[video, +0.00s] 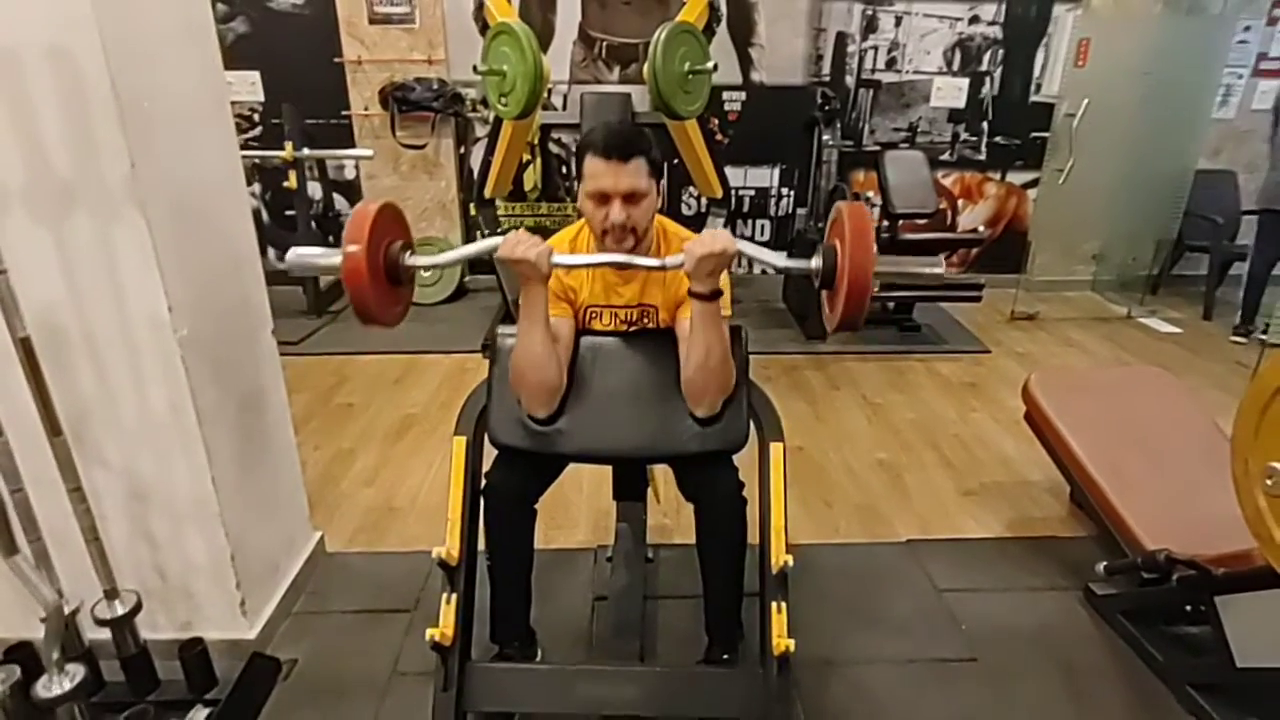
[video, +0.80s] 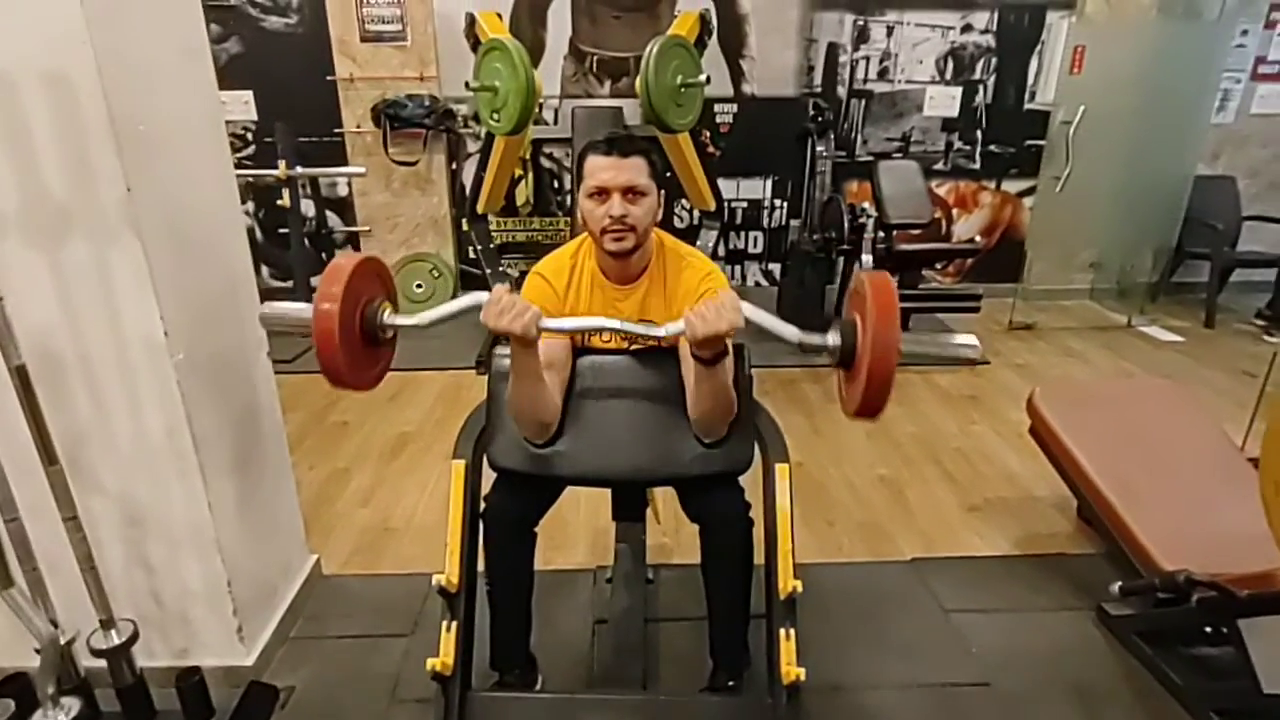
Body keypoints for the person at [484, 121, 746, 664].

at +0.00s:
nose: (616, 216)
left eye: (633, 198)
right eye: (600, 199)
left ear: (657, 192)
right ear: (579, 195)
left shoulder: (690, 254)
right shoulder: (559, 255)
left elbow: (707, 403)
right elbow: (539, 404)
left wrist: (705, 290)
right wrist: (532, 286)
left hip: (668, 399)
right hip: (577, 398)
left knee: (721, 489)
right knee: (505, 488)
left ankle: (724, 648)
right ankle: (513, 647)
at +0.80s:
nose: (616, 211)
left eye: (633, 196)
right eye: (600, 196)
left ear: (658, 205)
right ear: (579, 206)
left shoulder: (695, 275)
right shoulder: (552, 276)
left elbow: (713, 428)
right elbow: (537, 428)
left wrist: (710, 353)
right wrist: (524, 348)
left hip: (671, 418)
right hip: (577, 417)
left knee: (727, 512)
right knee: (505, 513)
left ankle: (730, 672)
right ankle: (513, 672)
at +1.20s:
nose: (610, 206)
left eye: (628, 191)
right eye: (593, 191)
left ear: (654, 198)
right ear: (572, 199)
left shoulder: (694, 274)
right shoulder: (541, 274)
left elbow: (709, 404)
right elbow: (531, 393)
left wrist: (716, 435)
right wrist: (507, 431)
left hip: (666, 417)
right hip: (571, 414)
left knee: (723, 504)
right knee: (500, 509)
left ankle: (727, 670)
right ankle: (507, 672)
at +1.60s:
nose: (613, 251)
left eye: (629, 234)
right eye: (594, 236)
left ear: (651, 210)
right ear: (570, 213)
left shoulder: (689, 273)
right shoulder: (536, 272)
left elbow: (704, 407)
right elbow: (523, 404)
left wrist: (706, 506)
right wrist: (503, 502)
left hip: (664, 417)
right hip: (564, 417)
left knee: (723, 518)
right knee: (492, 518)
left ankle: (723, 673)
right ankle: (502, 675)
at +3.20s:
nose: (619, 276)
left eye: (635, 261)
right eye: (603, 262)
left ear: (658, 233)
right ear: (580, 235)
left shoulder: (696, 279)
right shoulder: (550, 278)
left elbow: (712, 398)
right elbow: (535, 398)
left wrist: (715, 441)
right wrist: (512, 441)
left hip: (666, 414)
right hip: (576, 412)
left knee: (723, 507)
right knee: (504, 514)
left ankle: (729, 674)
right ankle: (513, 677)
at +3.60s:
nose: (613, 280)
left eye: (629, 267)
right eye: (597, 267)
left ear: (654, 237)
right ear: (577, 238)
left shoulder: (696, 281)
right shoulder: (550, 283)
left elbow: (709, 429)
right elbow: (538, 434)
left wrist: (712, 385)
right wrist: (516, 382)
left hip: (669, 425)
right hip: (575, 425)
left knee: (725, 517)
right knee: (504, 517)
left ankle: (731, 676)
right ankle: (515, 679)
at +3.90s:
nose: (615, 261)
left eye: (630, 243)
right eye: (597, 245)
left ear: (655, 224)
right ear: (577, 231)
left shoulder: (690, 277)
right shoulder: (555, 281)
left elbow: (708, 427)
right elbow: (540, 431)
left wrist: (706, 322)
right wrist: (525, 321)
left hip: (668, 418)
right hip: (576, 418)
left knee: (724, 515)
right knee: (505, 519)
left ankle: (730, 680)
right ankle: (515, 680)